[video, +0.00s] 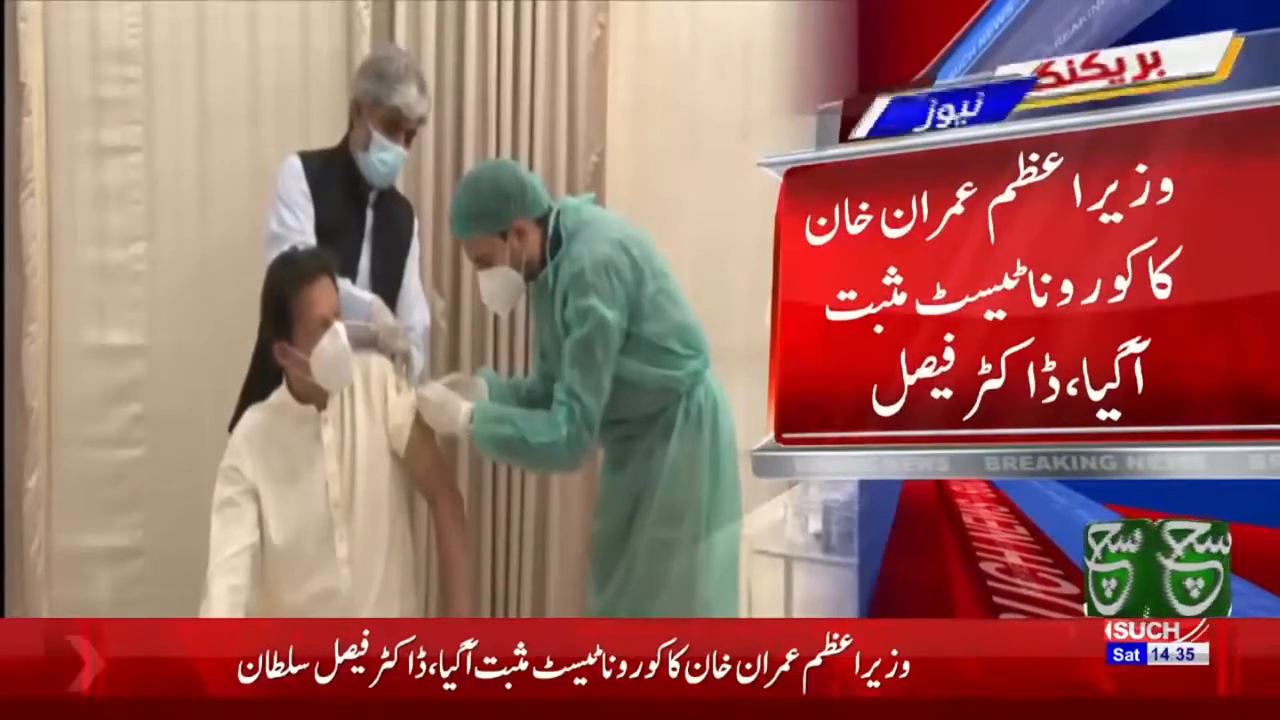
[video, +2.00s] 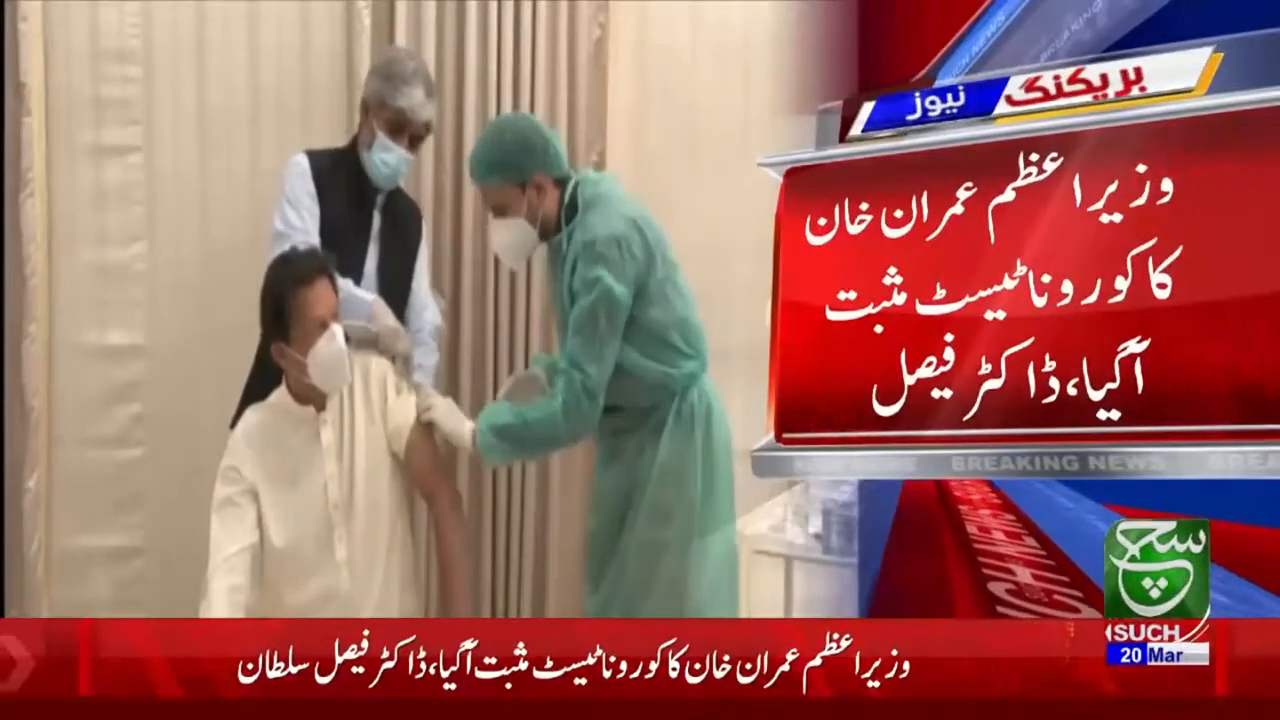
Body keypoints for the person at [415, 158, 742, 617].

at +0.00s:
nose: (484, 276)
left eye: (486, 262)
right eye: (477, 265)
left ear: (520, 233)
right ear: (520, 233)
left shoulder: (592, 263)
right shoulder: (551, 262)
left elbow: (571, 437)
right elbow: (551, 394)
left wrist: (469, 420)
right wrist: (484, 390)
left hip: (680, 434)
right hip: (632, 438)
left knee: (657, 603)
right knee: (613, 597)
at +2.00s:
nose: (499, 225)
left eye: (500, 210)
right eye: (493, 212)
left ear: (540, 188)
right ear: (537, 188)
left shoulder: (604, 238)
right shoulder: (575, 223)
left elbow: (578, 407)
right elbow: (594, 350)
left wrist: (479, 434)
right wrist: (545, 376)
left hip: (670, 431)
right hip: (630, 428)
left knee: (650, 599)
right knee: (615, 592)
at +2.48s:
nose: (516, 193)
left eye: (522, 177)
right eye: (510, 178)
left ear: (562, 157)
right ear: (561, 159)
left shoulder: (615, 218)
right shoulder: (586, 208)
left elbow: (582, 380)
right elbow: (593, 326)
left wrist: (482, 431)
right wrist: (550, 362)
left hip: (661, 429)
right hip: (625, 426)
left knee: (643, 602)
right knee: (610, 596)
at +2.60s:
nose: (522, 185)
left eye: (526, 170)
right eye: (515, 172)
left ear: (567, 150)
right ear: (563, 153)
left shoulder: (619, 214)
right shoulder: (590, 201)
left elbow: (581, 375)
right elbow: (594, 322)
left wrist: (479, 425)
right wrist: (554, 359)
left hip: (658, 430)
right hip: (624, 426)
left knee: (639, 603)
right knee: (609, 596)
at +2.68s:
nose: (523, 182)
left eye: (528, 168)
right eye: (517, 168)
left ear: (569, 147)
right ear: (565, 151)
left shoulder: (620, 212)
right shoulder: (591, 200)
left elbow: (582, 369)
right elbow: (588, 327)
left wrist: (481, 420)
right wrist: (551, 361)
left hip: (658, 430)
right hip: (623, 427)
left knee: (639, 605)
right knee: (608, 598)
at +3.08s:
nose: (495, 239)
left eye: (497, 221)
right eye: (486, 223)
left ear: (544, 184)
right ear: (544, 183)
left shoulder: (635, 221)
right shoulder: (584, 219)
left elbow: (588, 448)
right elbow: (586, 400)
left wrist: (458, 456)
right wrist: (501, 395)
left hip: (749, 457)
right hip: (677, 462)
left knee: (727, 653)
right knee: (656, 650)